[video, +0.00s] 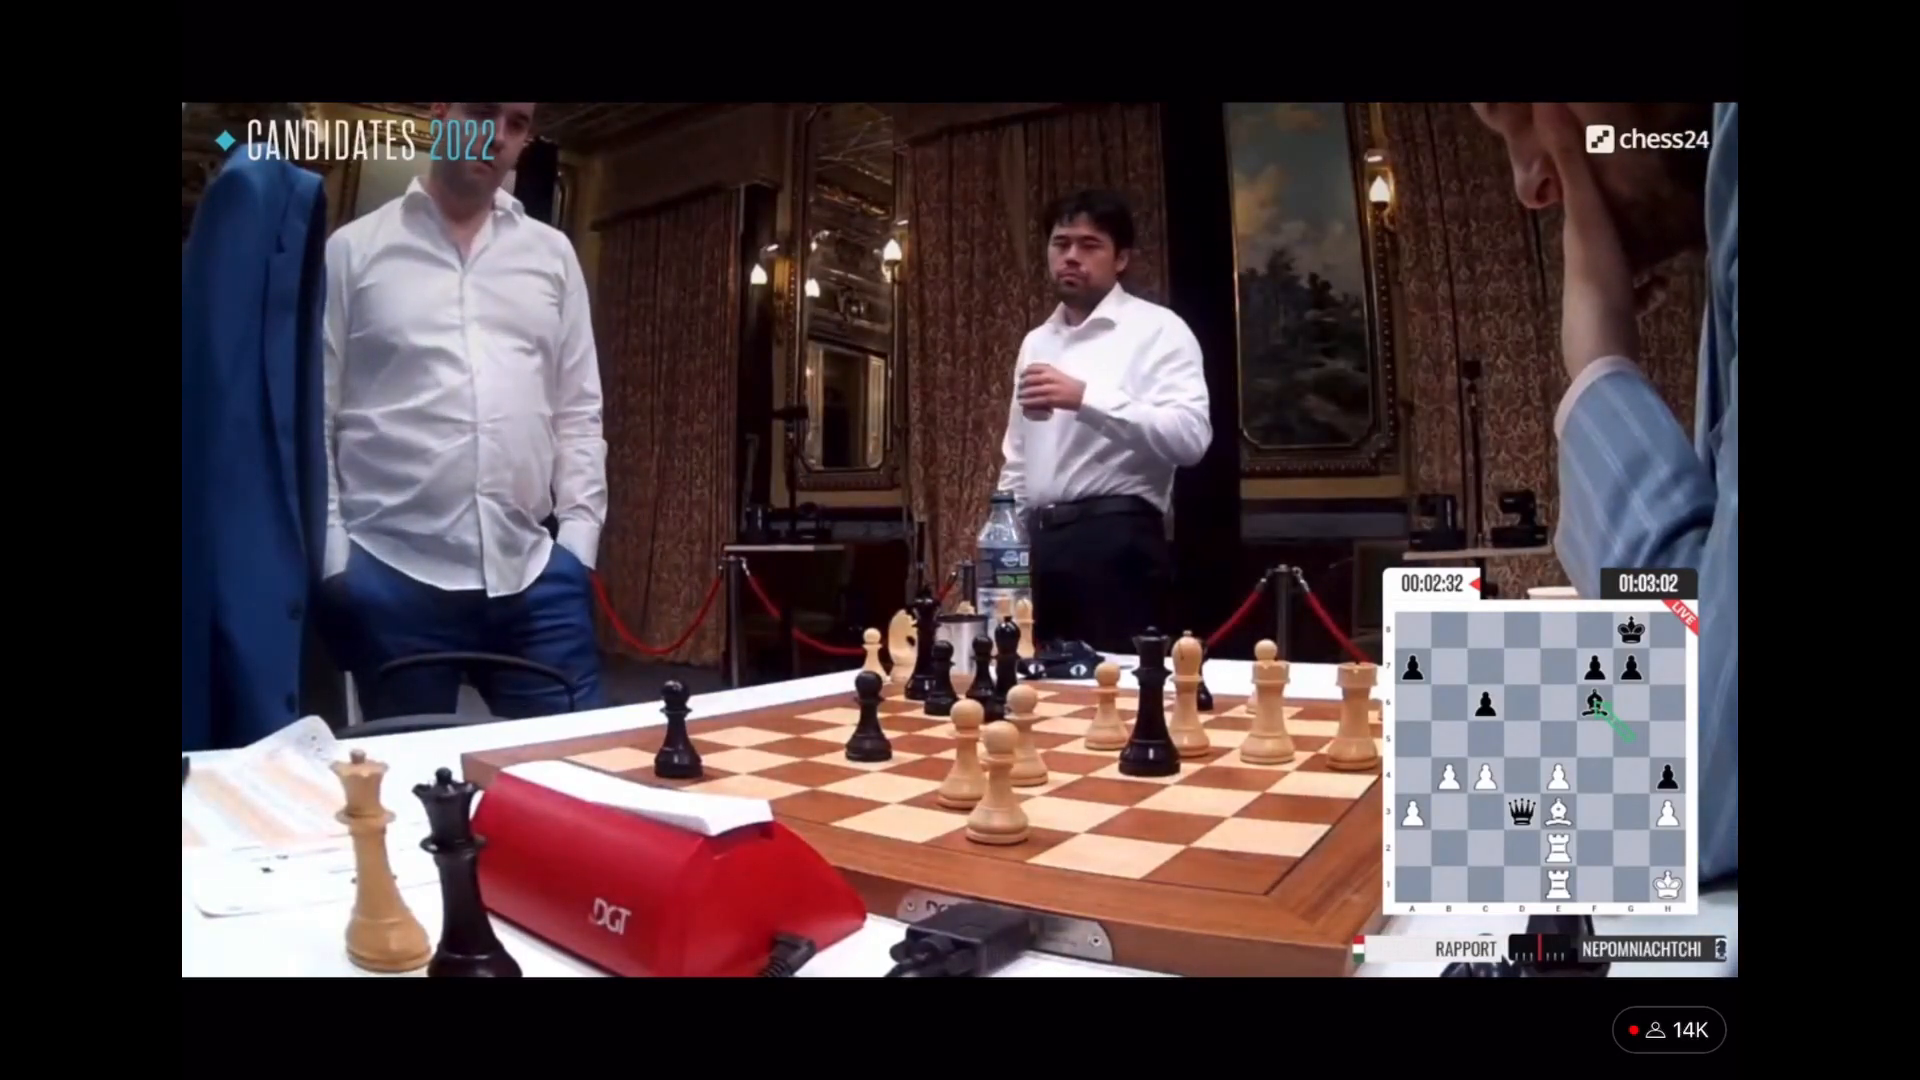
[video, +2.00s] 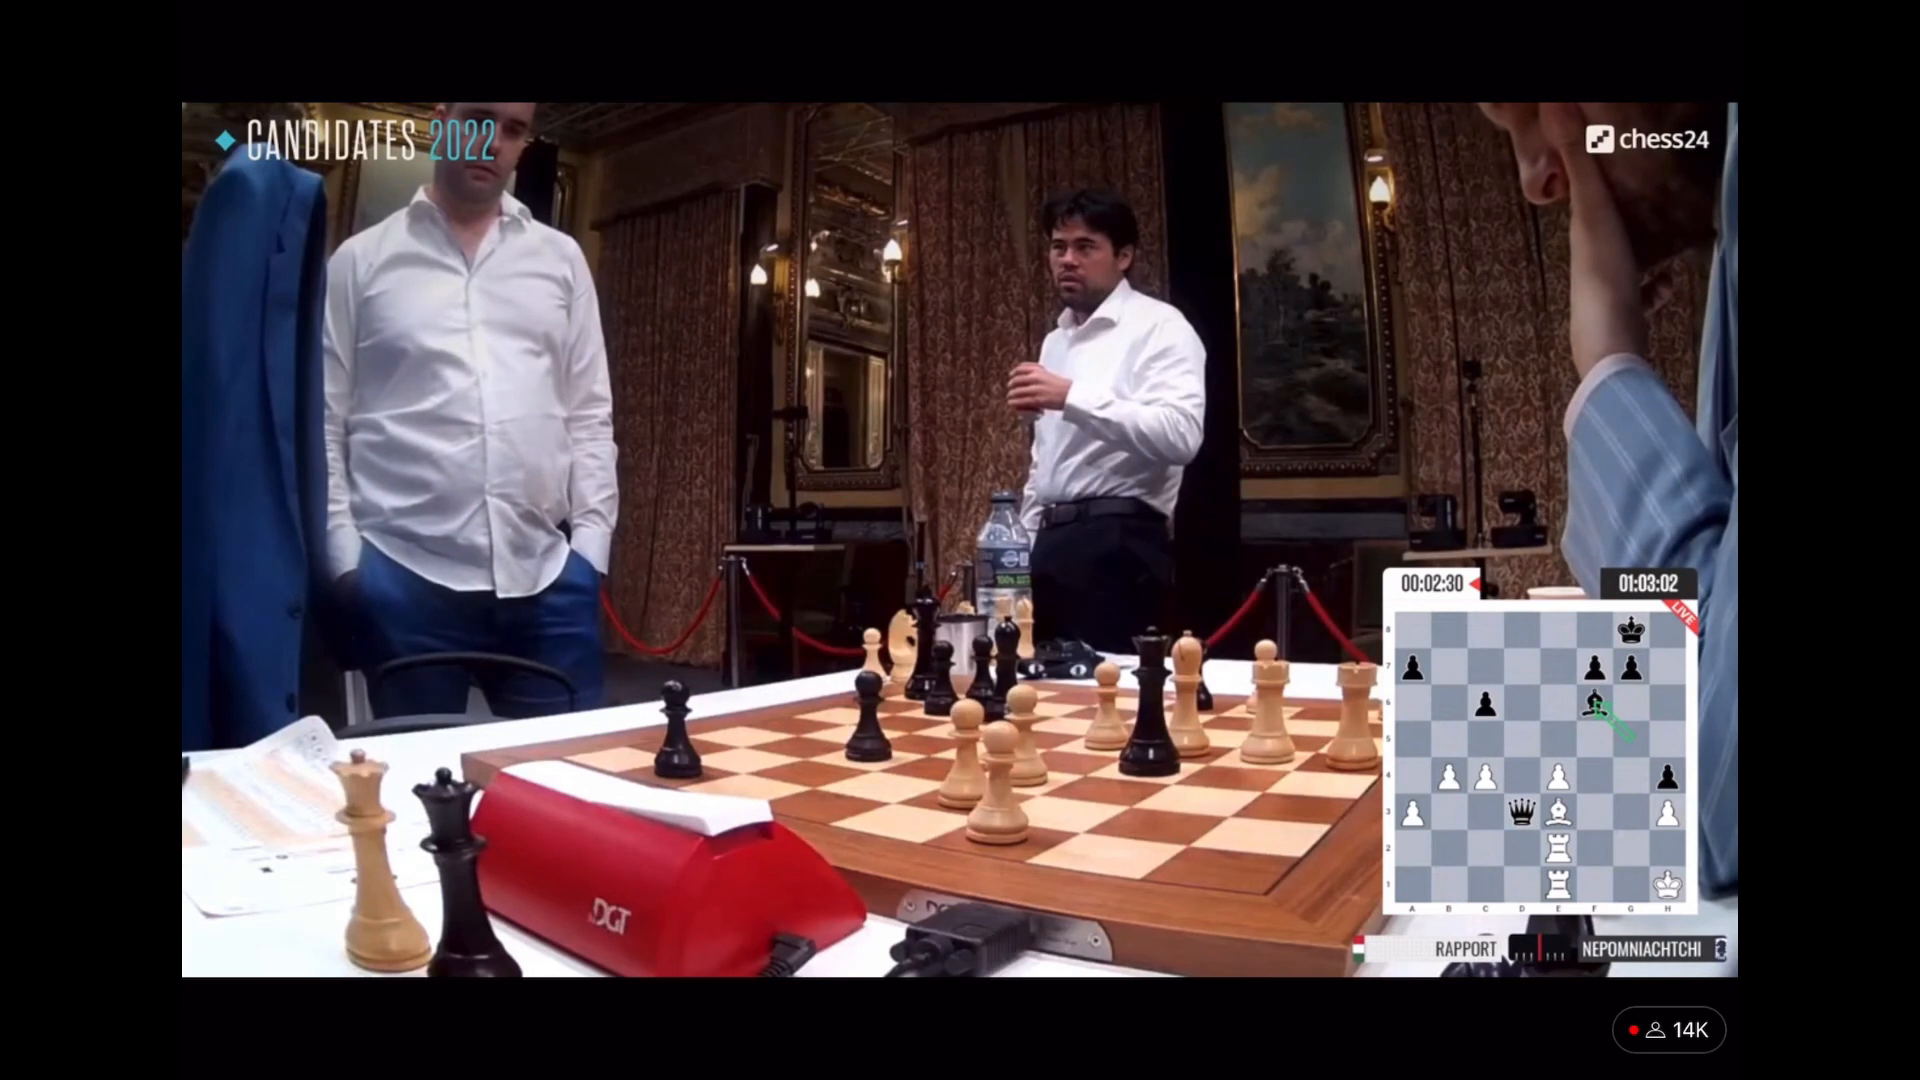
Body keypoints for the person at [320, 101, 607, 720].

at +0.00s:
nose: (494, 138)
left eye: (515, 125)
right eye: (480, 114)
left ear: (528, 140)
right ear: (438, 114)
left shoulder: (552, 253)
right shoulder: (353, 252)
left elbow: (579, 412)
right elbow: (316, 417)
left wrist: (576, 546)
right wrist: (337, 564)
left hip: (535, 578)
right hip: (394, 583)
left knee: (581, 777)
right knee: (410, 790)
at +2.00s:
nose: (490, 145)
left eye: (512, 130)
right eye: (476, 121)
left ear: (528, 144)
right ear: (439, 119)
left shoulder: (561, 259)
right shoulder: (360, 262)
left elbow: (590, 416)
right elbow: (325, 420)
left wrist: (589, 549)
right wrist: (346, 562)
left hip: (549, 583)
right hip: (406, 586)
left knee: (575, 789)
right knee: (418, 792)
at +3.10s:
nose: (490, 144)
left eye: (513, 130)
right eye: (477, 120)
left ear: (529, 144)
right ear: (441, 119)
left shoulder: (565, 258)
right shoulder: (361, 262)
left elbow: (594, 416)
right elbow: (325, 421)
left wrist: (590, 552)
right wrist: (342, 562)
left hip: (548, 584)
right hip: (402, 586)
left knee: (571, 789)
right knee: (415, 792)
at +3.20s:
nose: (491, 144)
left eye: (513, 130)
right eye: (478, 120)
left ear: (529, 144)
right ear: (441, 119)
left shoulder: (565, 258)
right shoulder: (361, 262)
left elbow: (594, 416)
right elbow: (325, 421)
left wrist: (590, 553)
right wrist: (342, 562)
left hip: (548, 585)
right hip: (402, 586)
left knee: (570, 790)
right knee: (415, 793)